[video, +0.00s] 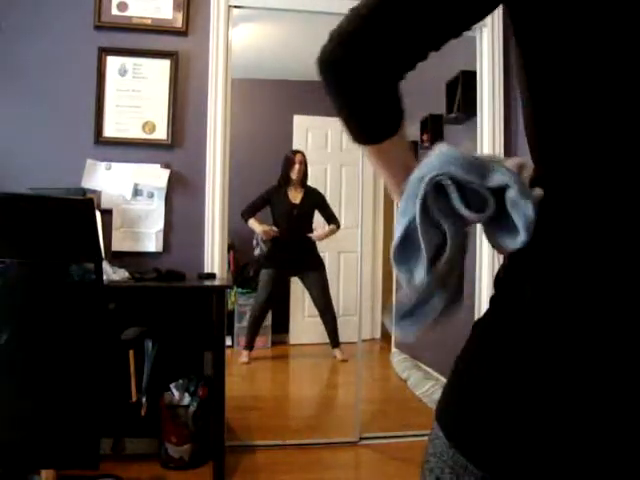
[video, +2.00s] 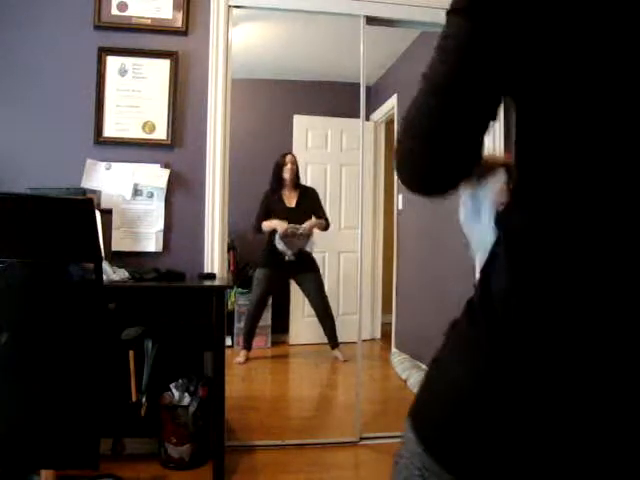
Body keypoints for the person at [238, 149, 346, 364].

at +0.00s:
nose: (298, 167)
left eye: (301, 164)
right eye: (294, 163)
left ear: (306, 168)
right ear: (286, 166)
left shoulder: (313, 195)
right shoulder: (275, 193)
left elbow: (335, 224)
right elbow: (246, 214)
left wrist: (320, 235)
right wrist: (260, 228)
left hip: (305, 252)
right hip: (277, 252)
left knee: (323, 301)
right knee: (262, 301)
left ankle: (336, 347)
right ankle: (247, 348)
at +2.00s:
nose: (291, 167)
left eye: (293, 164)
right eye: (286, 164)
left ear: (298, 168)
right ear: (279, 169)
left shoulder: (309, 194)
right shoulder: (271, 196)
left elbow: (325, 223)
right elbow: (259, 227)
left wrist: (314, 224)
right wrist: (275, 224)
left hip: (301, 256)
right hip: (273, 257)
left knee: (320, 300)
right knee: (257, 301)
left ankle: (335, 346)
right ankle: (245, 348)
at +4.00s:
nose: (302, 183)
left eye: (305, 180)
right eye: (298, 180)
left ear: (310, 184)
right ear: (291, 183)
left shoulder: (316, 211)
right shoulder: (278, 209)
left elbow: (331, 242)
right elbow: (261, 238)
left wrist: (338, 224)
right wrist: (258, 215)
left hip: (307, 272)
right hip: (277, 272)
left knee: (341, 302)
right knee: (244, 302)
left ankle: (341, 347)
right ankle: (239, 350)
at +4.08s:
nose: (301, 183)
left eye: (304, 179)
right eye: (297, 179)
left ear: (309, 183)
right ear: (289, 183)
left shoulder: (316, 209)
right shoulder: (277, 208)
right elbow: (258, 237)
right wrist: (261, 218)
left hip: (308, 271)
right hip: (276, 271)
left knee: (342, 302)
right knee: (242, 303)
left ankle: (342, 346)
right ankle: (238, 350)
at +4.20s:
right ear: (276, 207)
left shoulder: (312, 218)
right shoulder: (272, 221)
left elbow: (317, 247)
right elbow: (267, 249)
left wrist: (328, 235)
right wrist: (259, 231)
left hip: (306, 274)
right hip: (273, 275)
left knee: (343, 303)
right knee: (241, 305)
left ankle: (343, 347)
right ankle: (237, 350)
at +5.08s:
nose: (301, 187)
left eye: (304, 183)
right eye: (297, 183)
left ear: (308, 186)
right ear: (289, 186)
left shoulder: (316, 212)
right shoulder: (280, 210)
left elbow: (334, 234)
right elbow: (270, 226)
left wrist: (341, 234)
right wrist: (285, 228)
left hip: (309, 272)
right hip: (279, 272)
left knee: (344, 303)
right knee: (244, 304)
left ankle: (345, 347)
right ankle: (235, 350)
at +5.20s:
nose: (301, 185)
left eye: (304, 181)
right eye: (297, 181)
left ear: (309, 185)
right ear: (290, 184)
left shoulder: (316, 211)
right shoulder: (280, 209)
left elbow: (338, 233)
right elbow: (284, 220)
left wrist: (352, 229)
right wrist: (307, 219)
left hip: (308, 272)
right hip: (279, 271)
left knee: (343, 302)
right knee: (243, 304)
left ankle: (344, 347)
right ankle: (236, 350)